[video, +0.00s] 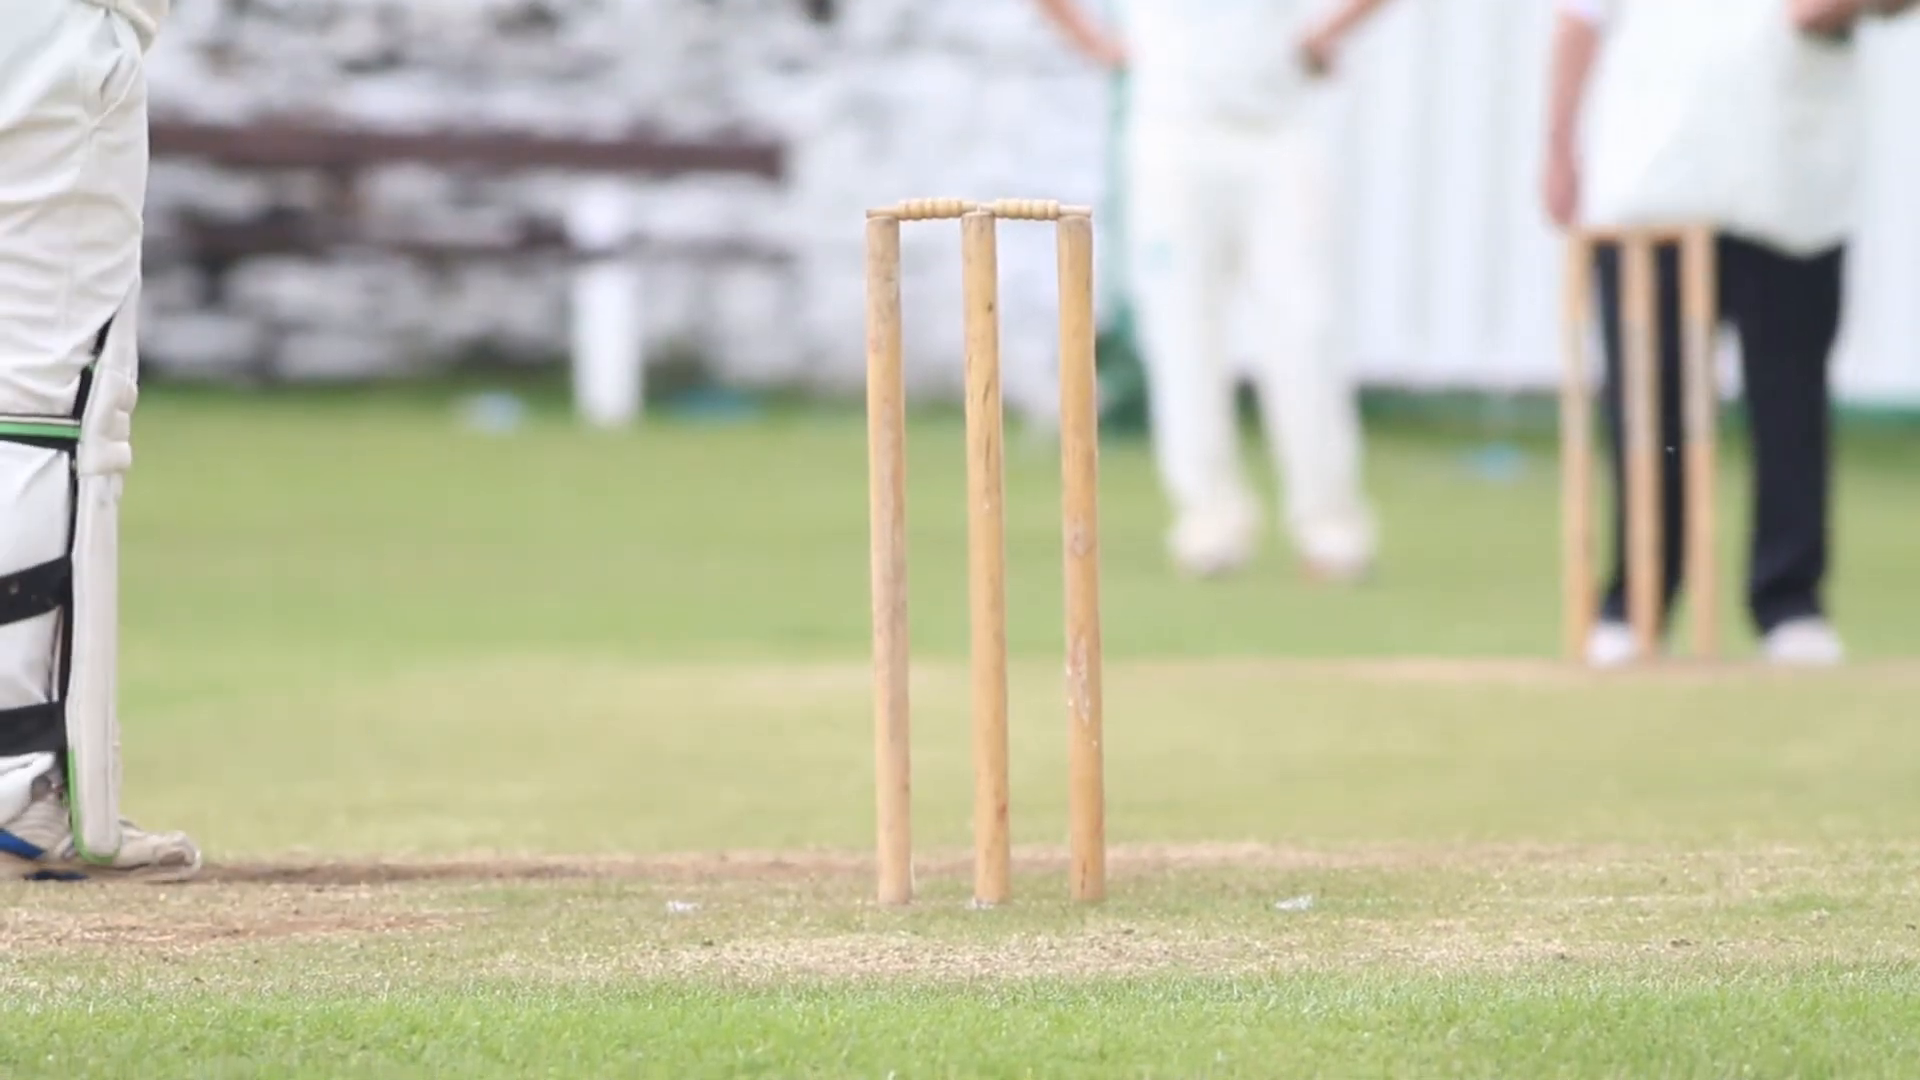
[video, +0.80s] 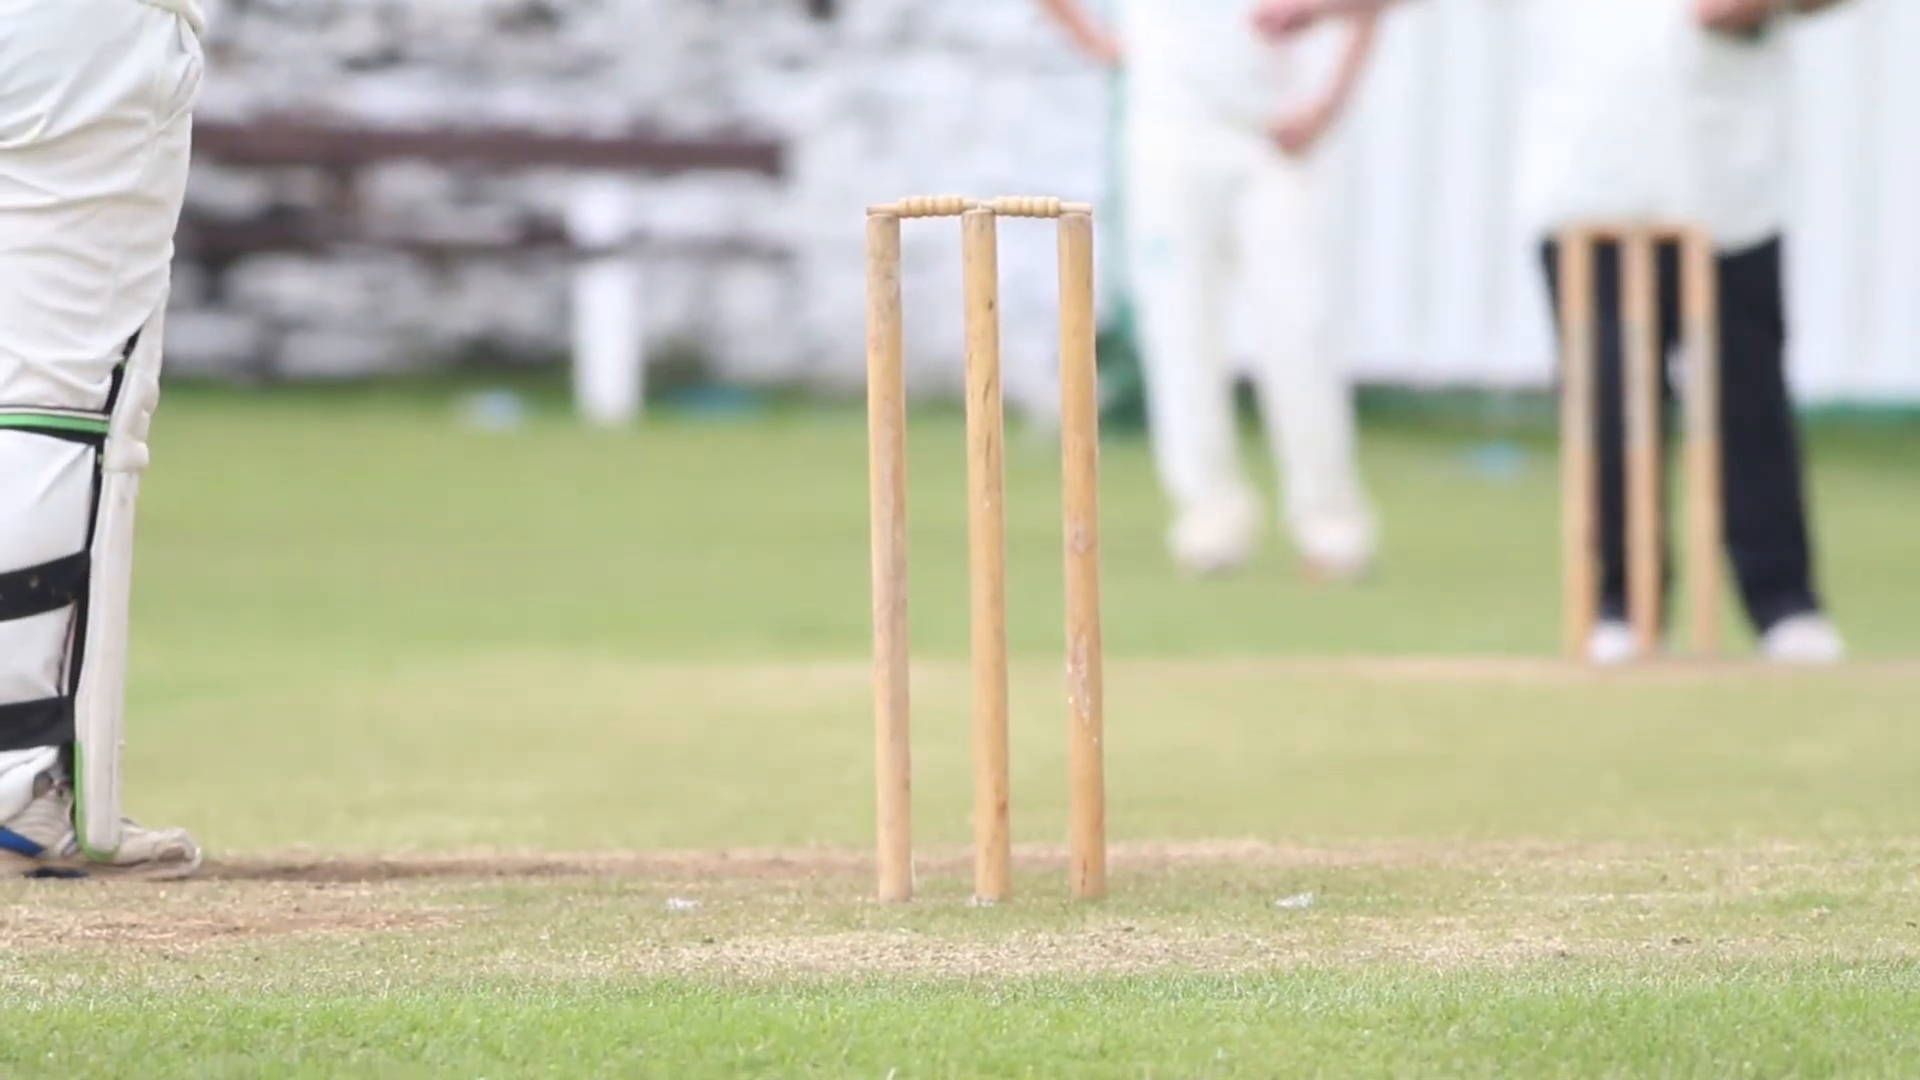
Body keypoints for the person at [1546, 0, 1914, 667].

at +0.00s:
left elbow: (1900, 3)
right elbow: (1582, 15)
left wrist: (1852, 9)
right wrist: (1561, 151)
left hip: (1798, 180)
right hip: (1649, 170)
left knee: (1790, 414)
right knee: (1645, 412)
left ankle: (1792, 610)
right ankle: (1631, 610)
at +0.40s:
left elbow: (1856, 5)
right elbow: (1531, 8)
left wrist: (1800, 10)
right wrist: (1482, 115)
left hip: (1750, 179)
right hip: (1612, 175)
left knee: (1761, 412)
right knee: (1622, 413)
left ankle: (1789, 611)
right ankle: (1620, 612)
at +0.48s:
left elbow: (1847, 3)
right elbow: (1508, 7)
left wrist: (1791, 9)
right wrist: (1443, 94)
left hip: (1745, 183)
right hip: (1605, 179)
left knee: (1759, 408)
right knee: (1620, 412)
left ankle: (1788, 609)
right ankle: (1621, 613)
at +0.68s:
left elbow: (1828, 5)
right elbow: (1443, 5)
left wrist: (1776, 11)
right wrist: (1356, 31)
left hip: (1733, 176)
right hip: (1594, 176)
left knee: (1756, 407)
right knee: (1615, 415)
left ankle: (1788, 610)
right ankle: (1621, 614)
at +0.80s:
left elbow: (1831, 2)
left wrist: (1769, 8)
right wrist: (1330, 9)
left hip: (1727, 172)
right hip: (1587, 170)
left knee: (1754, 404)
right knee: (1610, 416)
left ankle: (1788, 608)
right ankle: (1618, 613)